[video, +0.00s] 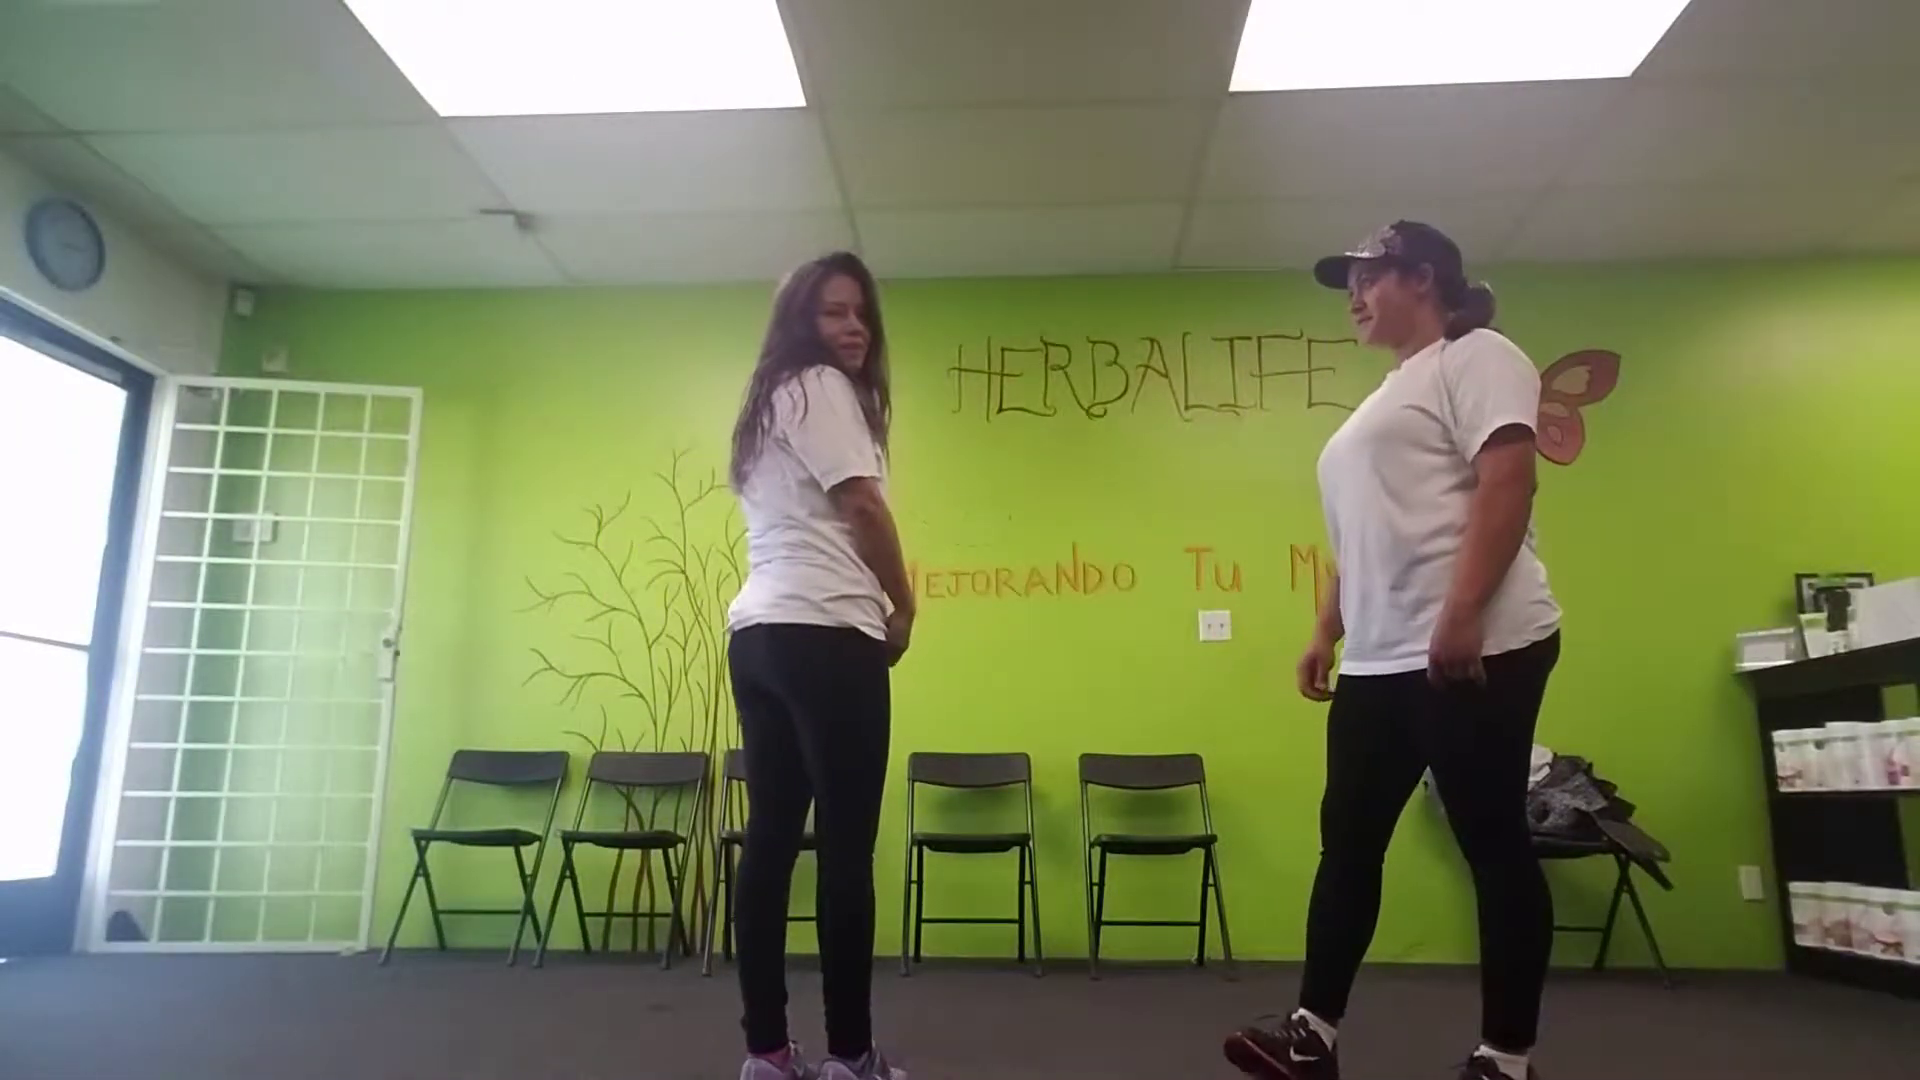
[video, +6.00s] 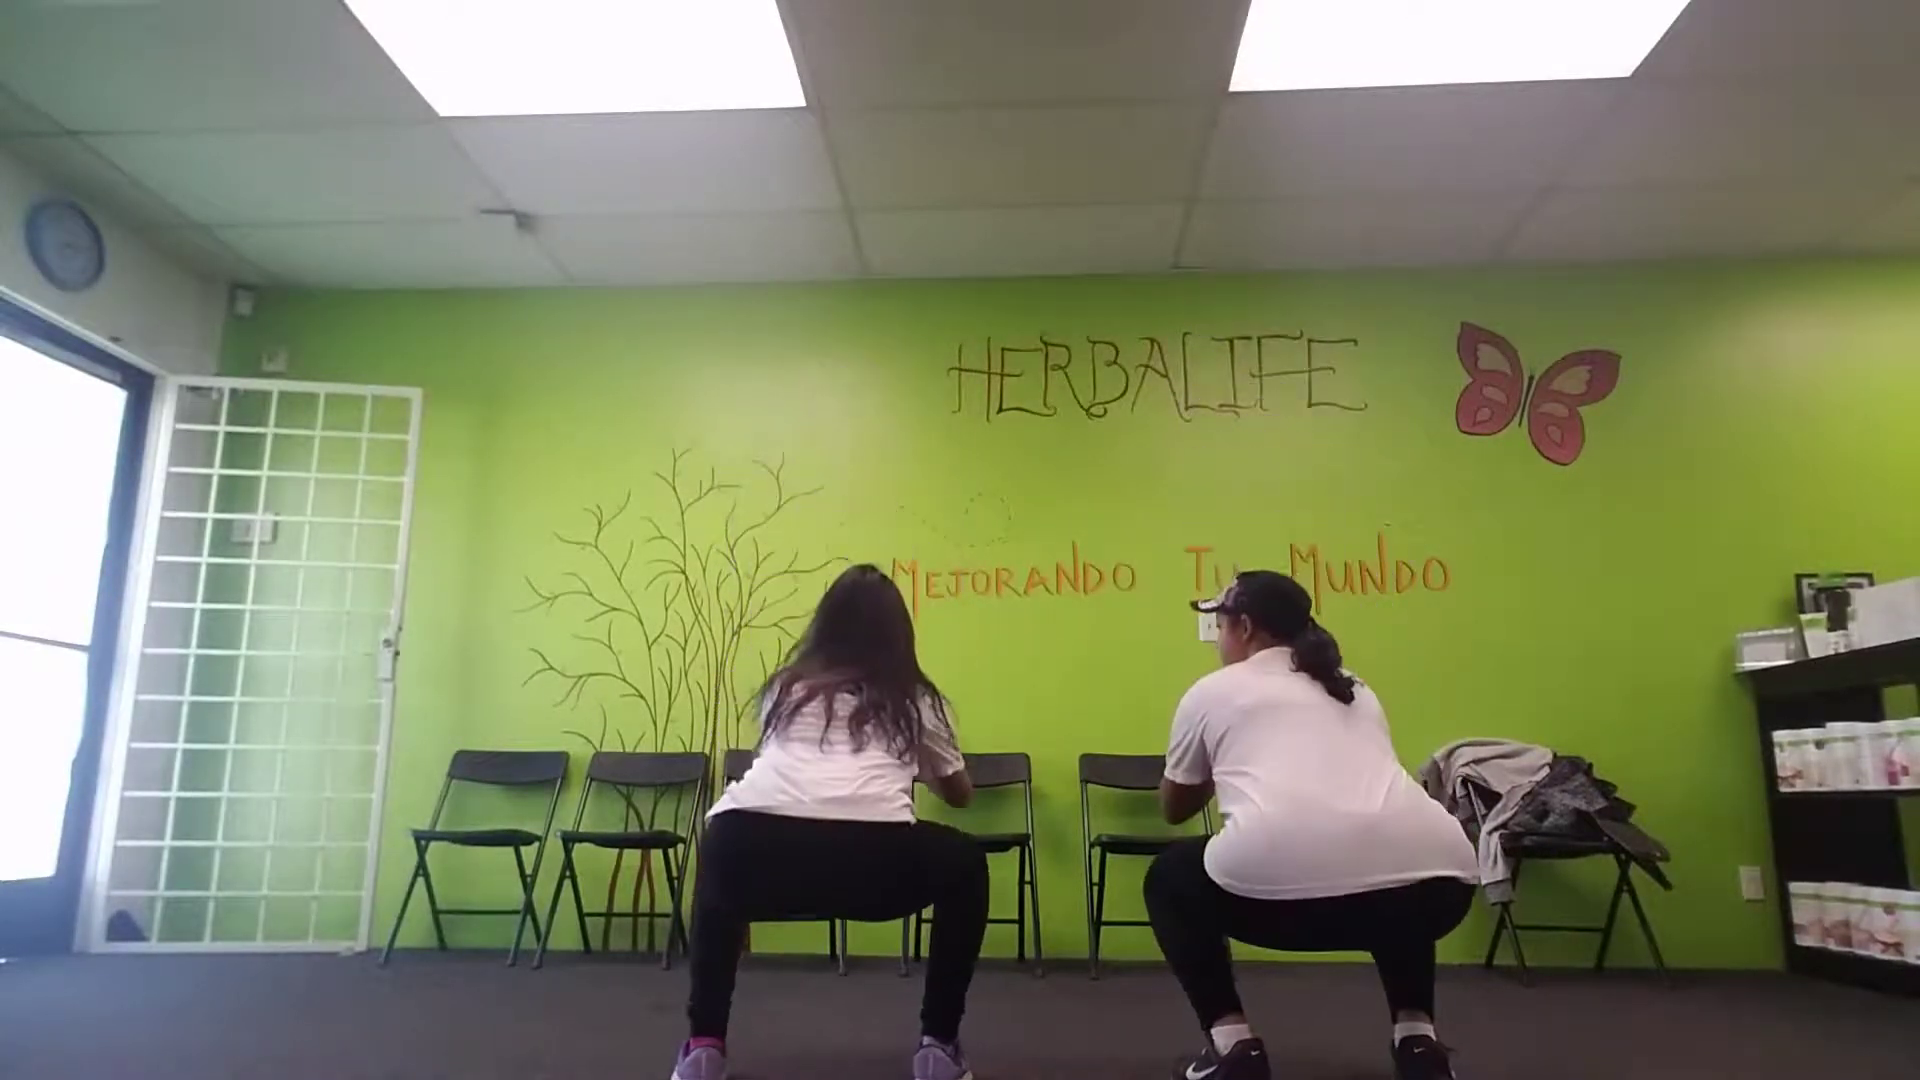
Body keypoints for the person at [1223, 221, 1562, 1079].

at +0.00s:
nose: (1354, 296)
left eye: (1368, 278)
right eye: (1353, 284)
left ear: (1421, 280)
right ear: (1393, 290)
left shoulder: (1477, 354)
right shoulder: (1385, 398)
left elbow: (1508, 481)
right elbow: (1365, 532)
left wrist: (1463, 609)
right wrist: (1328, 629)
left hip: (1478, 650)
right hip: (1378, 661)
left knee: (1497, 847)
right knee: (1349, 840)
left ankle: (1506, 1057)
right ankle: (1314, 1031)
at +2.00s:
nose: (1264, 347)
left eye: (1271, 332)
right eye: (1265, 332)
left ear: (1304, 330)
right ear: (1348, 333)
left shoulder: (1264, 404)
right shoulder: (1413, 411)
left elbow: (1191, 520)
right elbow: (1430, 533)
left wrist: (1235, 463)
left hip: (1291, 651)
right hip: (1409, 646)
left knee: (1260, 844)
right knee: (1403, 840)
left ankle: (1250, 1044)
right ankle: (1415, 1046)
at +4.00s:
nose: (1212, 632)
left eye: (1218, 618)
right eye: (1213, 618)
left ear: (1246, 623)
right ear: (1298, 622)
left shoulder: (1208, 686)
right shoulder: (1355, 680)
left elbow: (1177, 793)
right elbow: (1382, 763)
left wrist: (1218, 731)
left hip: (1276, 891)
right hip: (1426, 884)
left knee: (1169, 877)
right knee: (1388, 869)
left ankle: (1233, 1046)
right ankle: (1416, 1038)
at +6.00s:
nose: (1217, 637)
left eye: (1221, 624)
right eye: (1218, 624)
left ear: (1245, 628)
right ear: (1300, 628)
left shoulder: (1208, 695)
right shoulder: (1357, 688)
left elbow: (1177, 805)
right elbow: (1374, 772)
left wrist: (1227, 745)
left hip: (1277, 899)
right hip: (1424, 893)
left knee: (1169, 880)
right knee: (1392, 873)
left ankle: (1234, 1046)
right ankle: (1417, 1038)